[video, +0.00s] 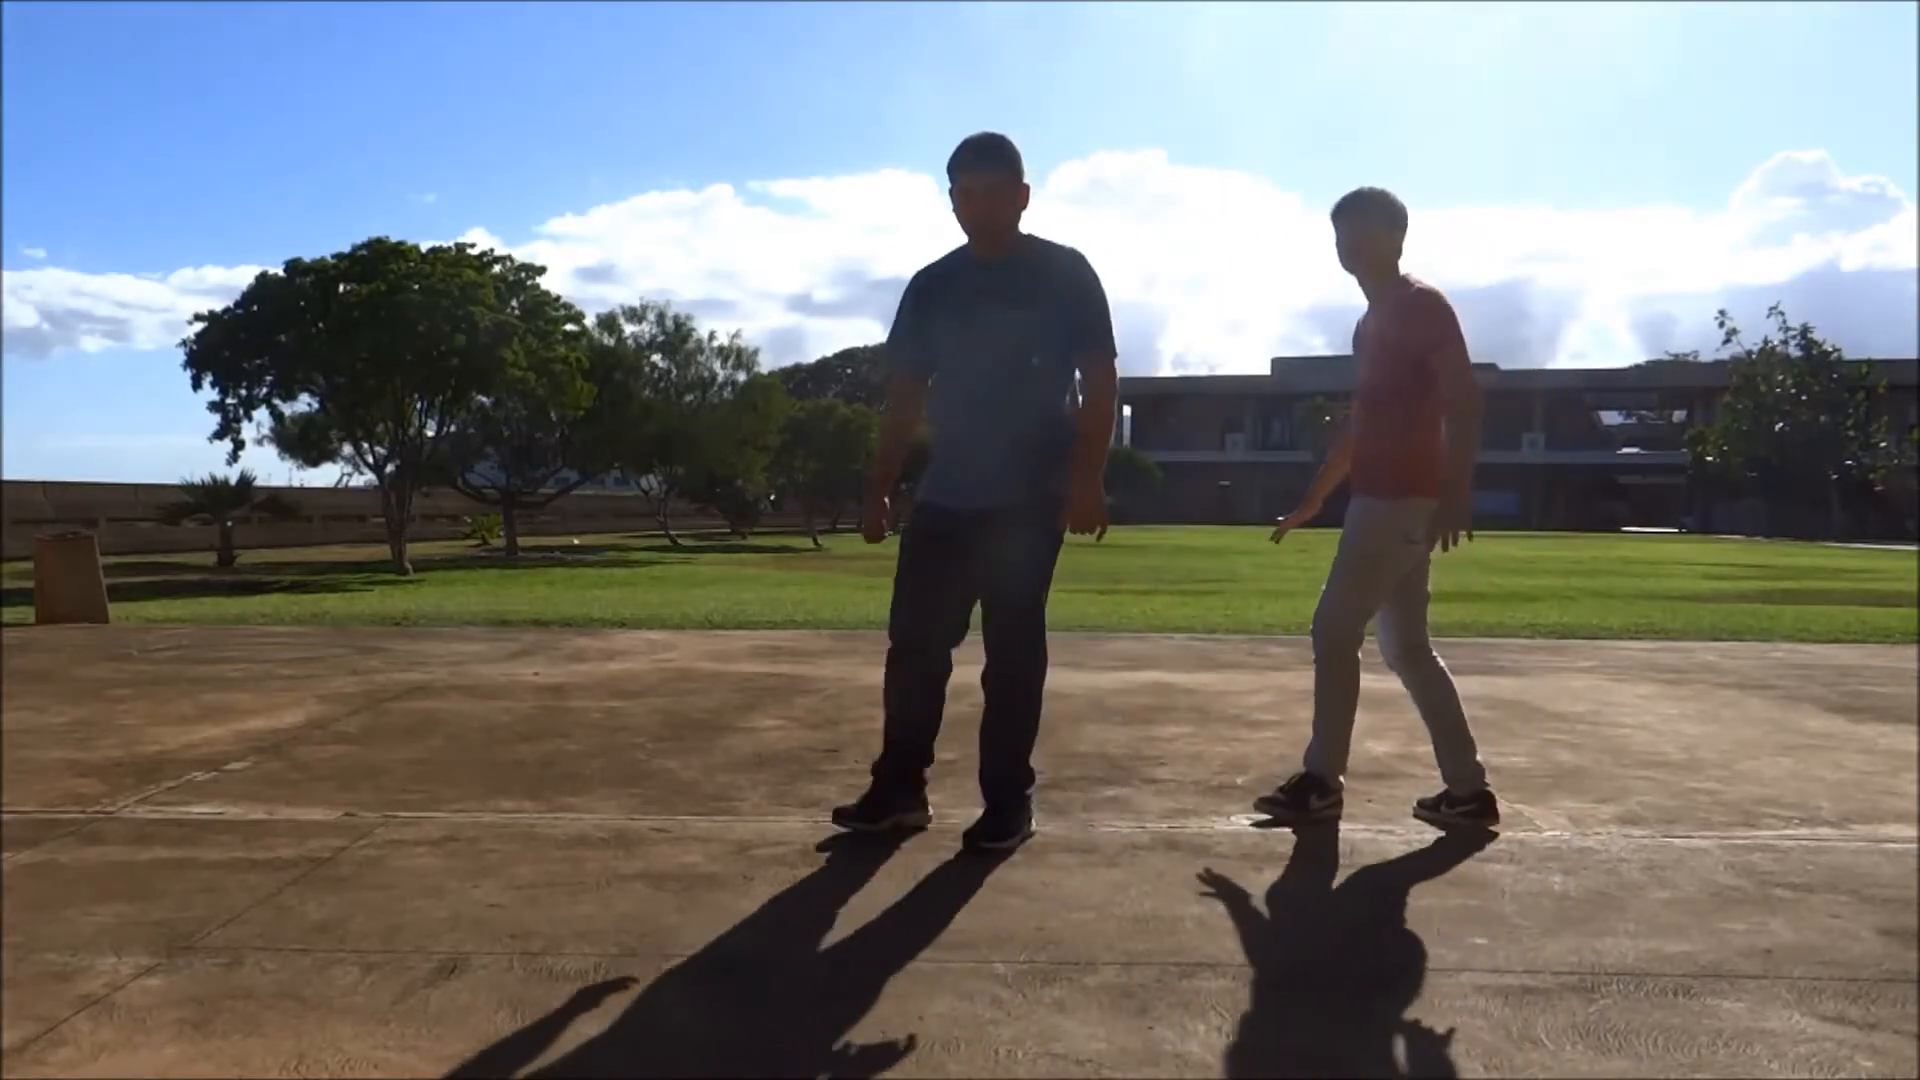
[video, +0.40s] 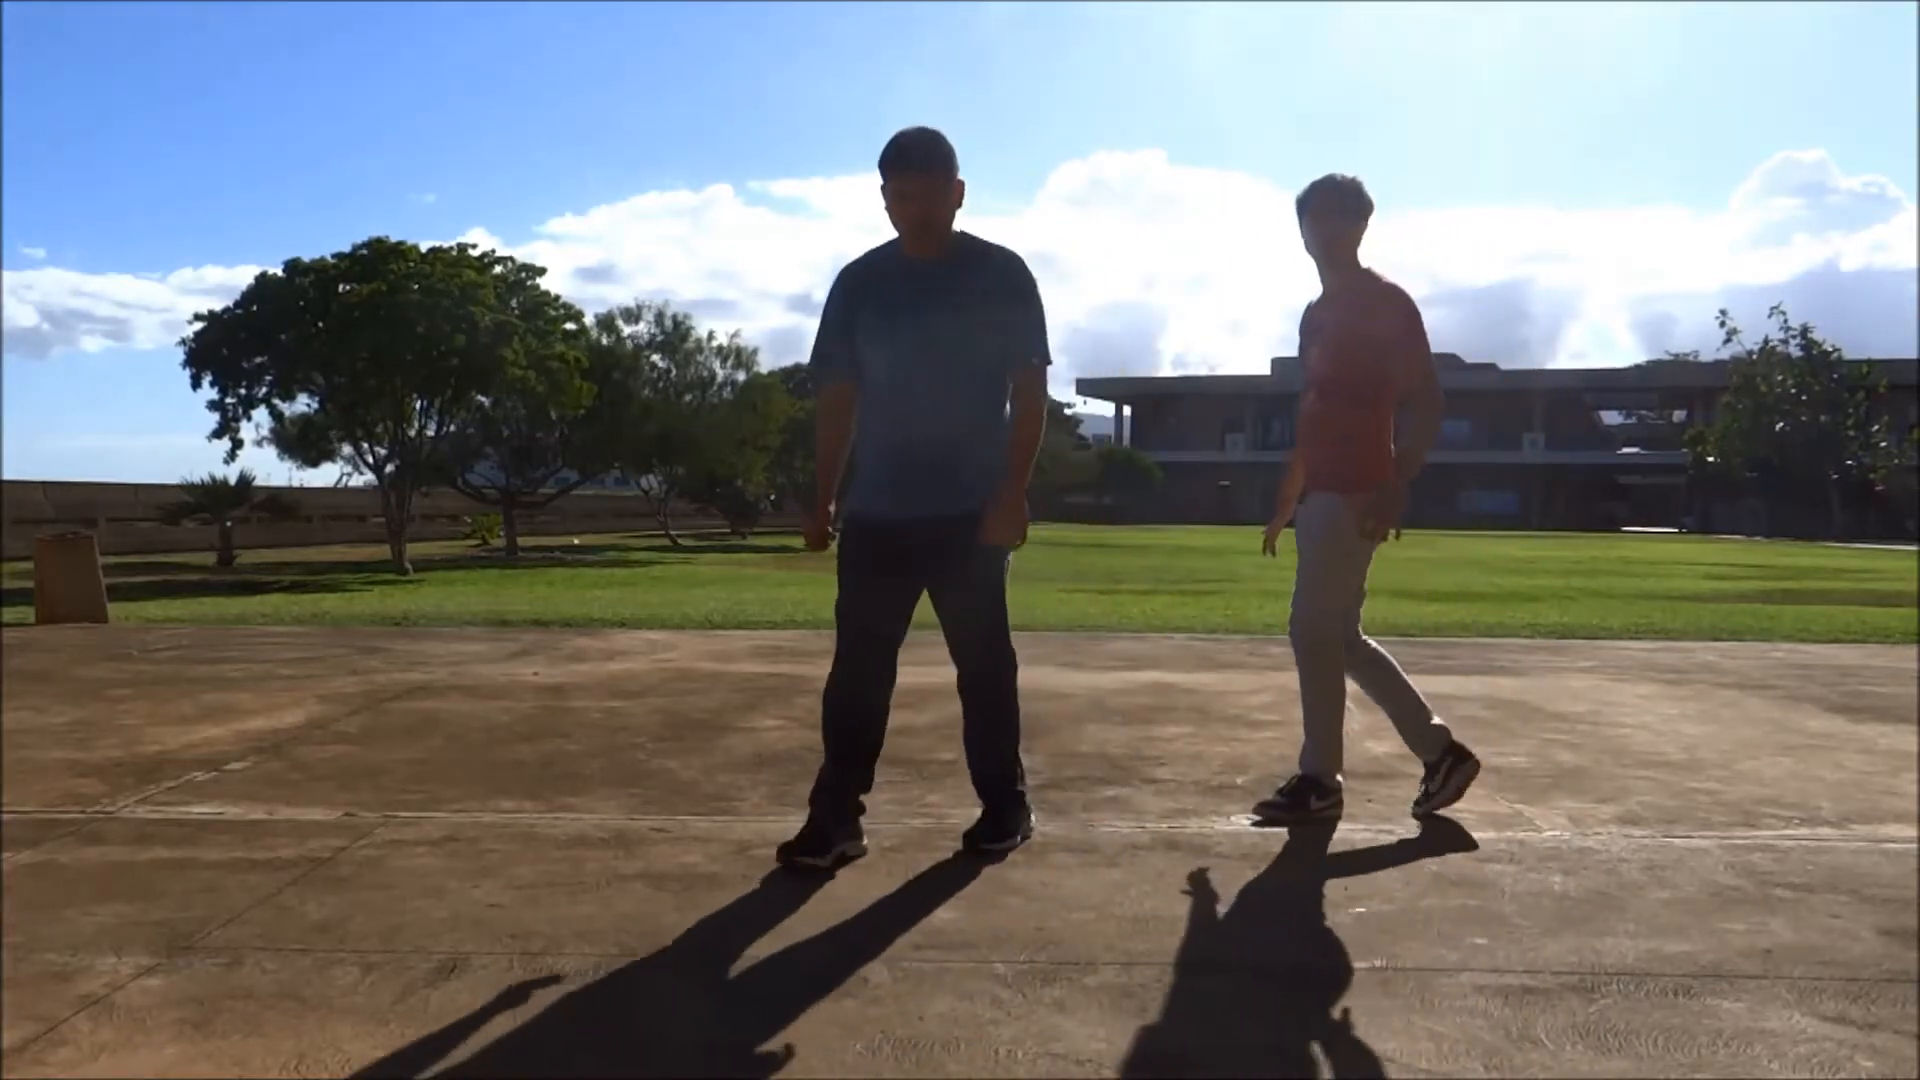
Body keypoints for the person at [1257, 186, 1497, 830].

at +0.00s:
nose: (1337, 249)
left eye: (1345, 235)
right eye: (1336, 236)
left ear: (1380, 237)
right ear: (1364, 241)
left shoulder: (1424, 306)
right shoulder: (1369, 326)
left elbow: (1464, 401)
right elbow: (1359, 428)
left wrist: (1457, 491)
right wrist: (1311, 503)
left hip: (1398, 501)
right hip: (1385, 501)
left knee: (1335, 632)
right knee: (1407, 649)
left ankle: (1322, 783)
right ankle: (1469, 790)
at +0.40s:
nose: (1310, 237)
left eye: (1320, 223)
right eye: (1306, 224)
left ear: (1354, 225)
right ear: (1305, 230)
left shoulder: (1390, 307)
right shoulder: (1316, 316)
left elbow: (1426, 409)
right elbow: (1314, 421)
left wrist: (1395, 489)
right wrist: (1283, 504)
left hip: (1356, 493)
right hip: (1319, 495)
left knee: (1314, 632)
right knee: (1341, 638)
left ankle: (1320, 781)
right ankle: (1442, 753)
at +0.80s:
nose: (1259, 231)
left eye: (1268, 217)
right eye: (1255, 220)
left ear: (1304, 217)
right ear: (1257, 226)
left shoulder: (1345, 297)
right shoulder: (1275, 310)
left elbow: (1363, 399)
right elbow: (1277, 406)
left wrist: (1301, 461)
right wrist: (1257, 479)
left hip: (1319, 489)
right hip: (1270, 488)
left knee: (1307, 631)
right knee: (1220, 615)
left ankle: (1320, 779)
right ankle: (1243, 760)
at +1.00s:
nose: (1230, 232)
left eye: (1242, 218)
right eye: (1223, 222)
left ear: (1274, 221)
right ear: (1218, 231)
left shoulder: (1309, 296)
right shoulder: (1241, 315)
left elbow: (1324, 395)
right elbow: (1249, 403)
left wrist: (1229, 443)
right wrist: (1220, 461)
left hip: (1288, 495)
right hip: (1239, 493)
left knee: (1293, 636)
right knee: (1191, 624)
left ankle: (1319, 778)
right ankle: (1145, 759)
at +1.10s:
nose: (1200, 237)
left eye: (1211, 223)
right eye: (1196, 226)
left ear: (1248, 226)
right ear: (1199, 233)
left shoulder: (1282, 298)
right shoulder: (1223, 313)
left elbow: (1292, 393)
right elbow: (1232, 405)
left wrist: (1203, 439)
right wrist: (1195, 459)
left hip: (1262, 499)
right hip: (1214, 499)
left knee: (1276, 636)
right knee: (1172, 628)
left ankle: (1316, 777)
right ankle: (1131, 765)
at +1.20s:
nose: (1168, 242)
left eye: (1178, 228)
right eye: (1166, 230)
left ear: (1218, 228)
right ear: (1180, 235)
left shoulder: (1249, 302)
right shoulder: (1206, 310)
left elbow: (1249, 406)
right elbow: (1205, 409)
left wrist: (1164, 458)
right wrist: (1167, 473)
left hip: (1234, 502)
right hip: (1187, 502)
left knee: (1256, 636)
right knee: (1147, 628)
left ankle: (1312, 774)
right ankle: (1119, 768)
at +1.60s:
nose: (1066, 236)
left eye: (1074, 224)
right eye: (1066, 225)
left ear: (1112, 227)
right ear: (1104, 231)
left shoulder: (1139, 298)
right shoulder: (1122, 298)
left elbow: (1138, 409)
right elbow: (1121, 405)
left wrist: (1096, 487)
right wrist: (1085, 484)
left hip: (1117, 487)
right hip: (1101, 485)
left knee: (1075, 620)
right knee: (1095, 623)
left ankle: (1175, 738)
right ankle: (1112, 767)